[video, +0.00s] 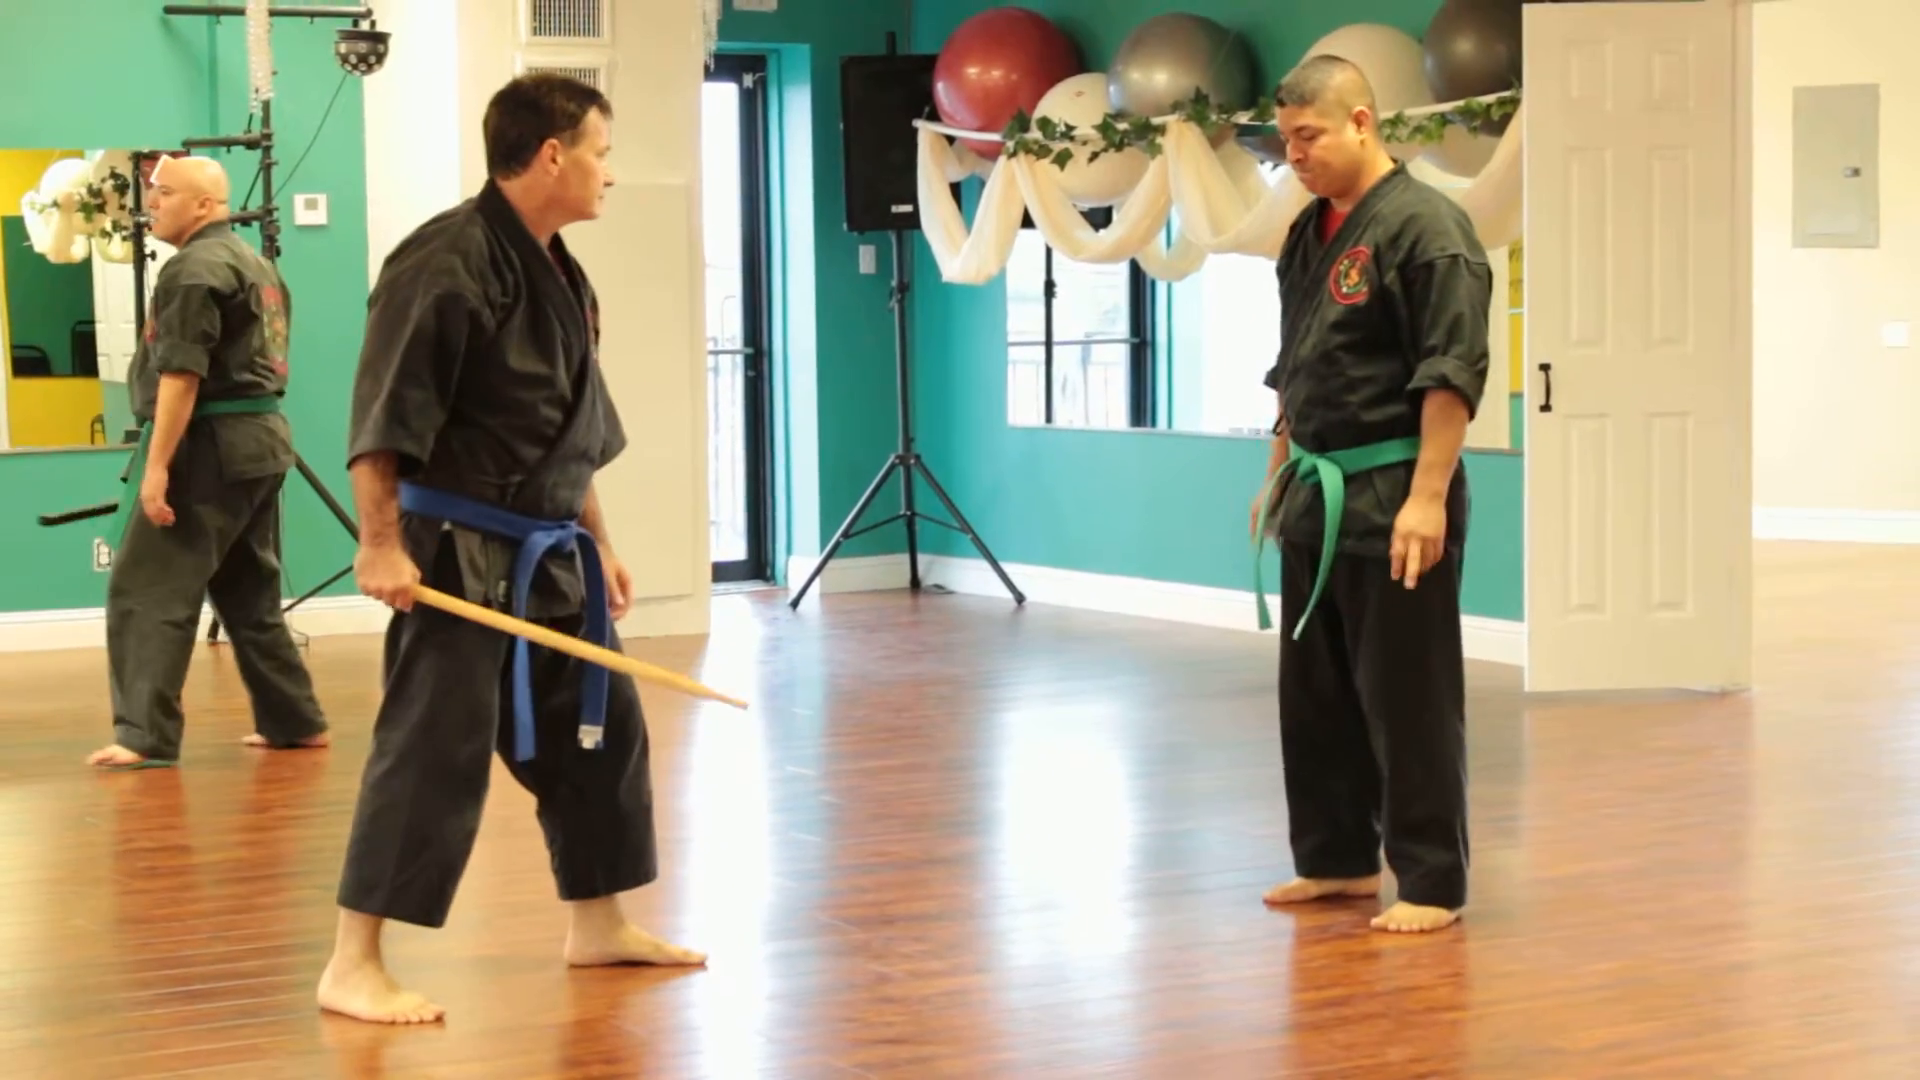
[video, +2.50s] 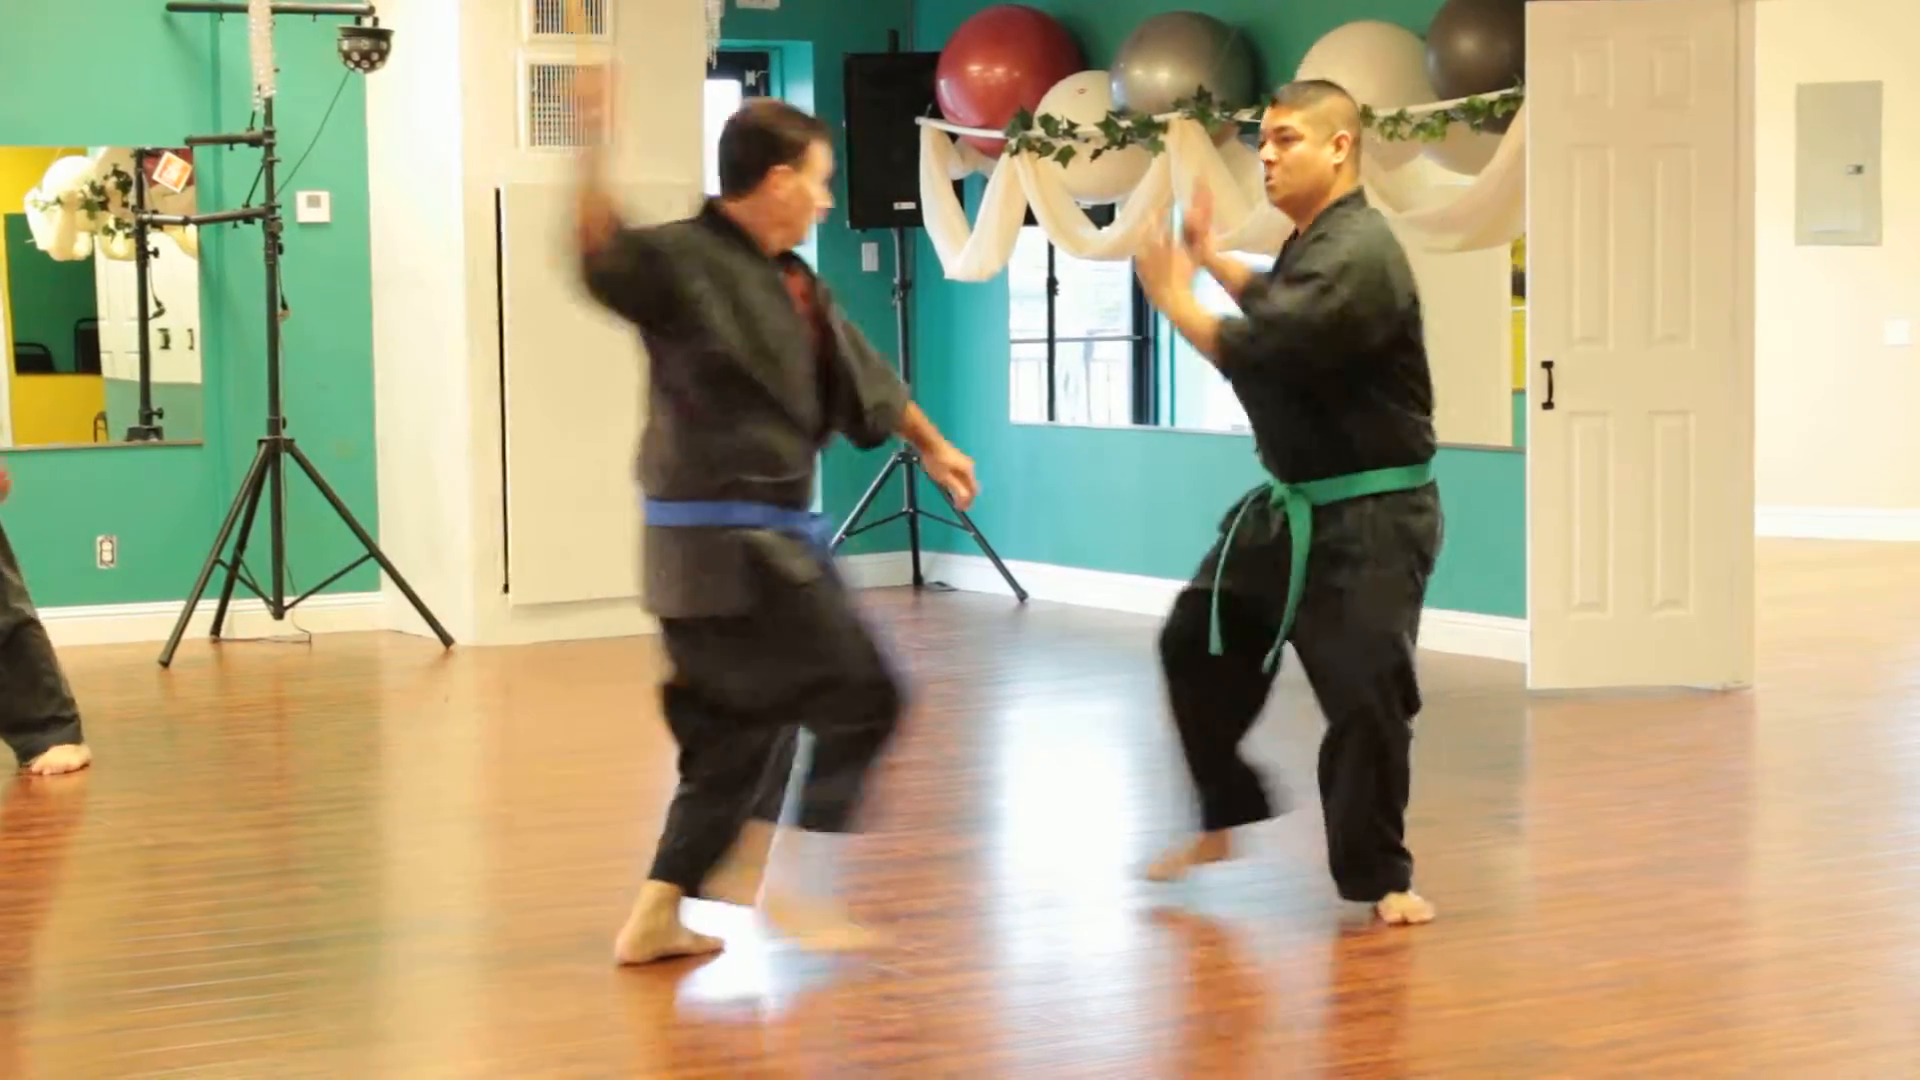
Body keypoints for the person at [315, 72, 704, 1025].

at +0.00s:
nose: (609, 173)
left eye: (608, 154)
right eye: (600, 154)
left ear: (551, 156)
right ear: (551, 156)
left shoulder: (558, 272)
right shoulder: (443, 260)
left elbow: (561, 430)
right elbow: (379, 410)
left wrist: (598, 541)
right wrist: (380, 539)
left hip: (553, 541)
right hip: (459, 540)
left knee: (598, 723)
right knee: (427, 743)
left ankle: (598, 926)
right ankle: (352, 964)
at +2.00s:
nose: (619, 184)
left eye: (618, 165)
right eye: (610, 164)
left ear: (561, 164)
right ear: (559, 164)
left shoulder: (581, 284)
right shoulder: (447, 267)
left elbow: (617, 424)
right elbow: (376, 407)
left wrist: (679, 527)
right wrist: (378, 540)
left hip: (563, 546)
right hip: (463, 545)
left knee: (641, 702)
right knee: (444, 747)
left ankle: (611, 908)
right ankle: (354, 966)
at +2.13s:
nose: (648, 194)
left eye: (647, 175)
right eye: (638, 175)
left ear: (591, 176)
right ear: (588, 175)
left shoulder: (621, 288)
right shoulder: (478, 272)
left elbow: (682, 404)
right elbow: (365, 382)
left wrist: (757, 489)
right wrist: (350, 489)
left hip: (590, 547)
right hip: (494, 541)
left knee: (672, 700)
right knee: (468, 742)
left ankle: (639, 911)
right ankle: (356, 965)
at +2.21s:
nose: (677, 201)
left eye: (677, 184)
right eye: (668, 183)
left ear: (629, 183)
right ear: (616, 181)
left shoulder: (661, 290)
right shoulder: (515, 270)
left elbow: (733, 397)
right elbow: (413, 326)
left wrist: (821, 471)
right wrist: (357, 381)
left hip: (631, 558)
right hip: (534, 553)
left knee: (699, 712)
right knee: (491, 738)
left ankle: (653, 921)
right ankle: (357, 957)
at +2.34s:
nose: (731, 201)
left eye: (732, 185)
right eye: (724, 184)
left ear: (683, 183)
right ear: (677, 182)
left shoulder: (721, 283)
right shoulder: (576, 271)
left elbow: (797, 369)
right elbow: (429, 322)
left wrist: (880, 439)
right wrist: (405, 268)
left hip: (698, 545)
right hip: (611, 542)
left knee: (737, 724)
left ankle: (655, 920)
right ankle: (444, 893)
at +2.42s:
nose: (779, 202)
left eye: (780, 184)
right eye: (771, 184)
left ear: (726, 183)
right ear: (722, 183)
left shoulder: (760, 280)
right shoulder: (627, 265)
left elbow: (832, 365)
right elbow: (499, 283)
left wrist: (910, 432)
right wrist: (483, 184)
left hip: (745, 540)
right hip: (662, 541)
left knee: (745, 728)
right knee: (739, 728)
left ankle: (656, 917)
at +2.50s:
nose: (826, 198)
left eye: (826, 182)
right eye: (817, 179)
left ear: (771, 182)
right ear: (769, 177)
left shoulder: (795, 284)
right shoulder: (685, 254)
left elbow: (861, 376)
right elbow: (604, 257)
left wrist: (931, 446)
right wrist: (592, 148)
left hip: (752, 535)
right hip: (725, 538)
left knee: (736, 730)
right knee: (862, 694)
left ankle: (655, 916)